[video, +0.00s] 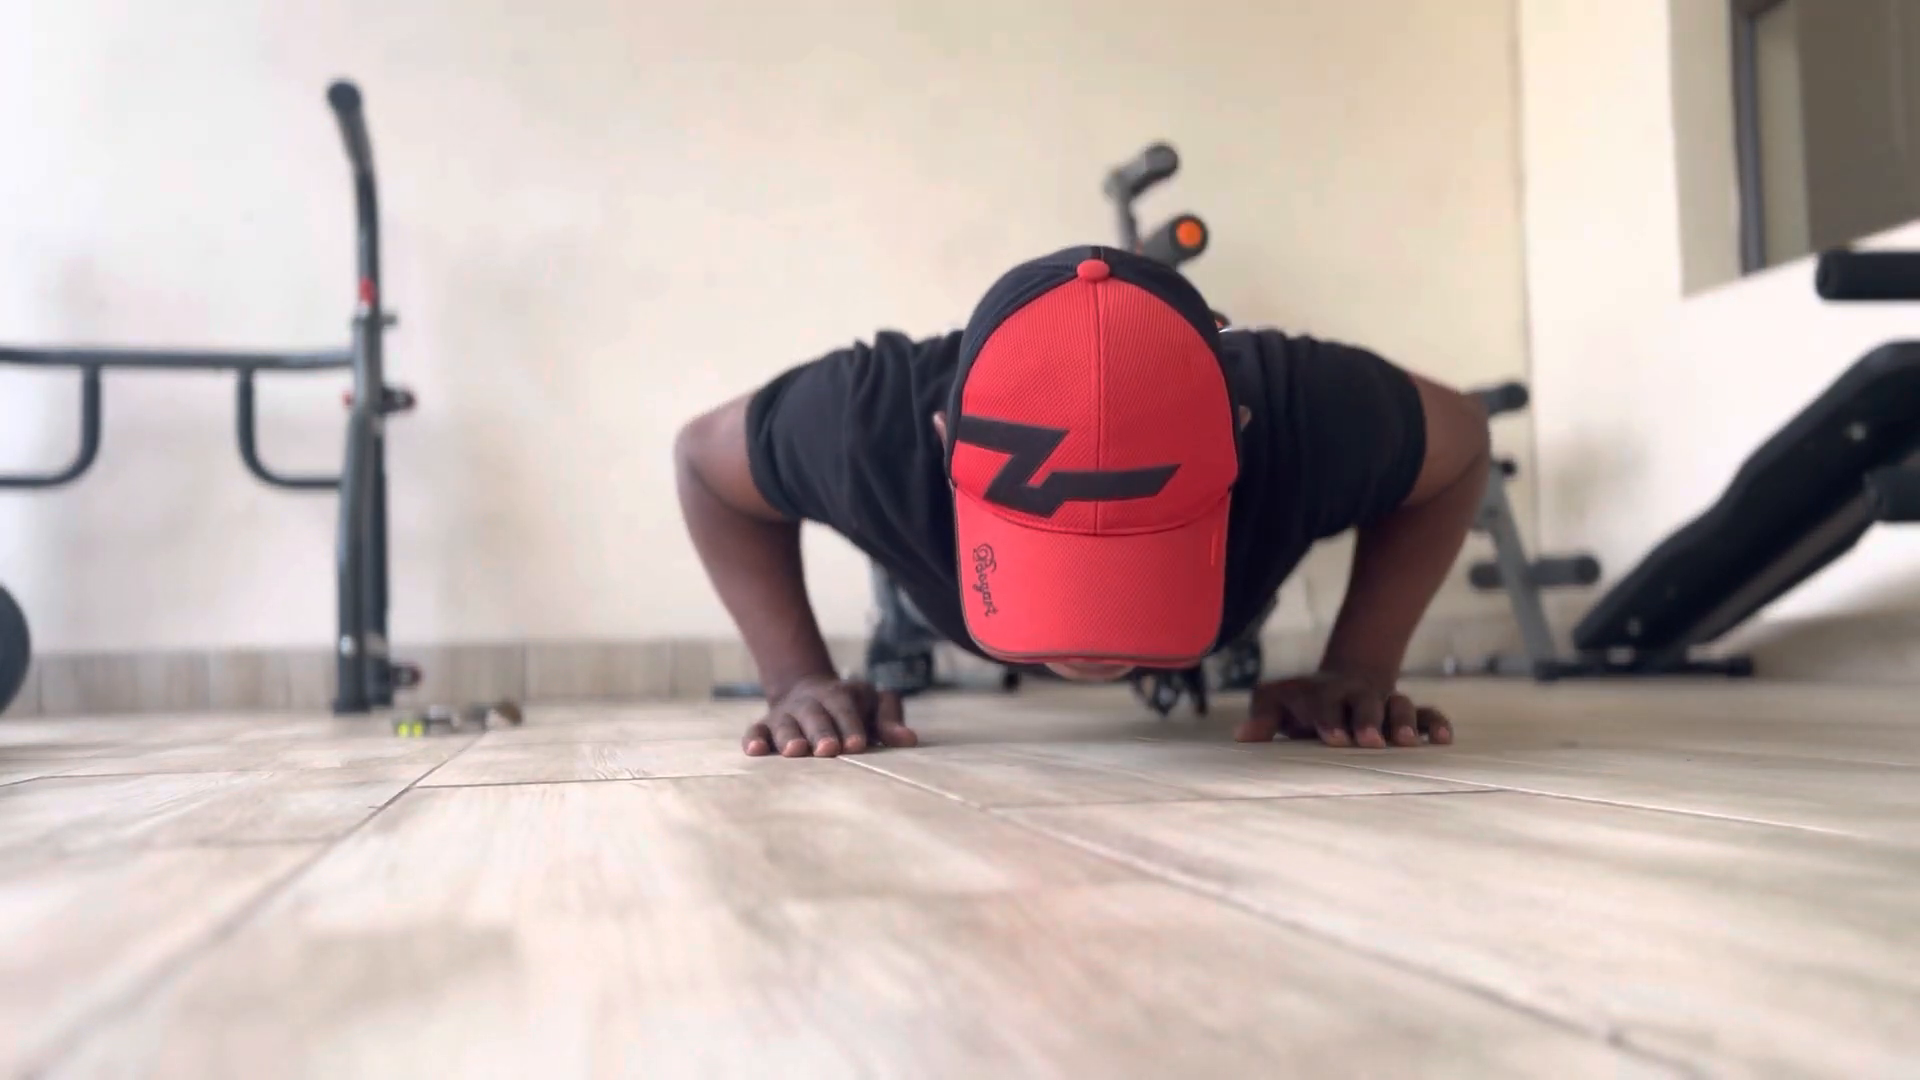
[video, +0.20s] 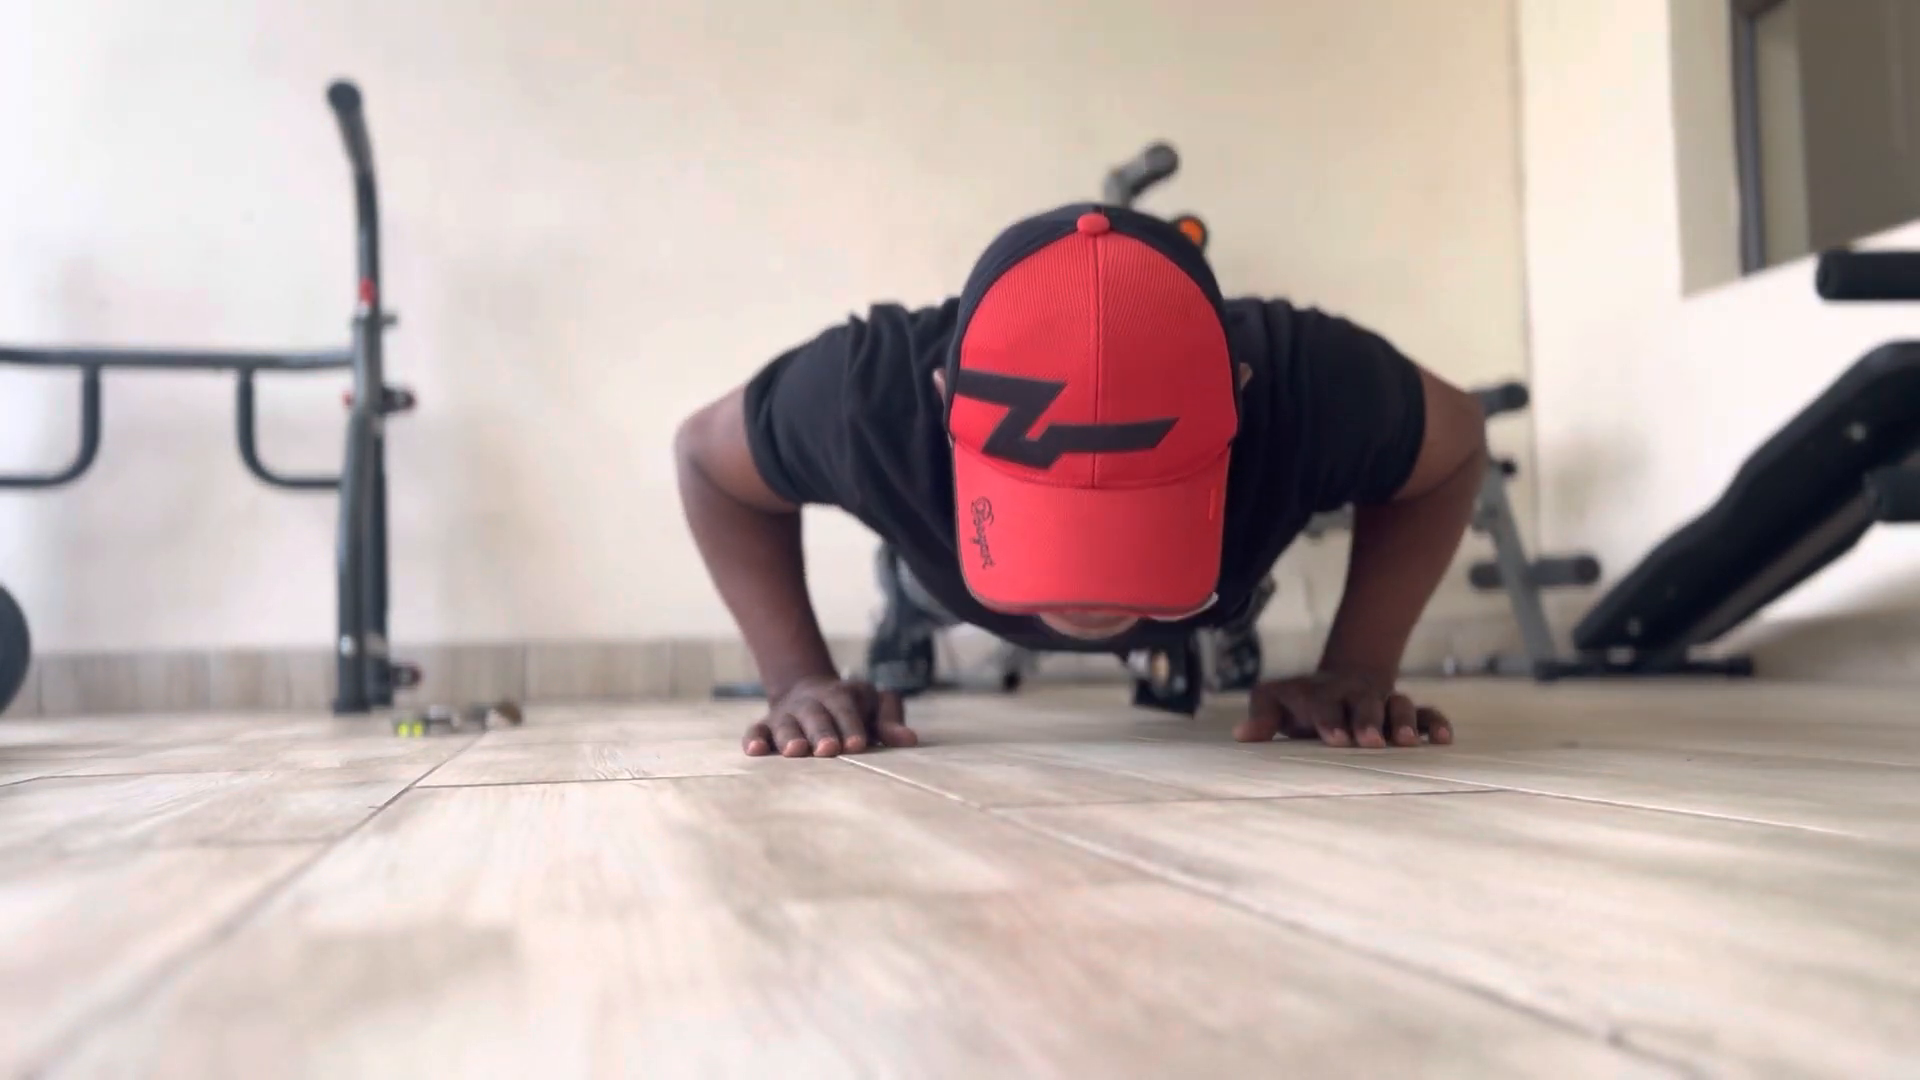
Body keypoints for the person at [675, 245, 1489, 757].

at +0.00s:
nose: (1092, 664)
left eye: (1140, 627)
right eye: (1052, 628)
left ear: (1231, 464)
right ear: (957, 470)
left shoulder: (1309, 416)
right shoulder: (868, 429)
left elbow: (1459, 443)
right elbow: (707, 461)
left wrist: (1360, 671)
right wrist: (795, 678)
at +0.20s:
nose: (1092, 621)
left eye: (1140, 591)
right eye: (1051, 589)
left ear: (1225, 448)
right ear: (959, 447)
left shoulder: (1310, 387)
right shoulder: (866, 400)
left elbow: (1452, 444)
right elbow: (711, 457)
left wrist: (1358, 670)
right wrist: (798, 677)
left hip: (1208, 576)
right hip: (959, 578)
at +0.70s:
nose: (1066, 67)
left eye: (1112, 40)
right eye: (1021, 38)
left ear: (1182, 7)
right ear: (956, 8)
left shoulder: (1288, 29)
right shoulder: (859, 40)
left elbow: (1356, 364)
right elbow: (815, 379)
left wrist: (1347, 667)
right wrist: (809, 678)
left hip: (1185, 390)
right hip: (972, 393)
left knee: (1219, 521)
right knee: (932, 529)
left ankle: (1220, 605)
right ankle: (919, 612)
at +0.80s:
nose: (1076, 146)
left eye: (1117, 114)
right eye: (1033, 116)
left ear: (1183, 44)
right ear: (956, 41)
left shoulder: (1281, 56)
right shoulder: (862, 66)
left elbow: (1378, 382)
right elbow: (790, 393)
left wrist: (1347, 668)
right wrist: (804, 678)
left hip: (1184, 404)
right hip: (971, 407)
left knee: (1218, 532)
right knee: (930, 535)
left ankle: (1219, 607)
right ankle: (919, 615)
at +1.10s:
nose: (1093, 564)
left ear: (1217, 323)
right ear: (948, 347)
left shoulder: (1301, 322)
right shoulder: (858, 333)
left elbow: (1442, 452)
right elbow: (724, 466)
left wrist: (1358, 672)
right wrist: (797, 681)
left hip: (1204, 515)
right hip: (958, 519)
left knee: (1215, 567)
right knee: (923, 575)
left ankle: (1210, 610)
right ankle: (912, 621)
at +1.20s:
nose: (1094, 642)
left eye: (1141, 600)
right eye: (1041, 600)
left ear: (1226, 448)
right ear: (952, 450)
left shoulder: (1307, 418)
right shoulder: (861, 418)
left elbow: (1459, 443)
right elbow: (709, 460)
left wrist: (1354, 673)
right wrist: (798, 678)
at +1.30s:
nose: (1100, 670)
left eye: (1145, 620)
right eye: (1045, 631)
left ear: (1226, 482)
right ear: (953, 476)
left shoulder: (1305, 439)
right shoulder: (866, 439)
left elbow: (1453, 444)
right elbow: (709, 459)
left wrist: (1353, 673)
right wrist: (800, 679)